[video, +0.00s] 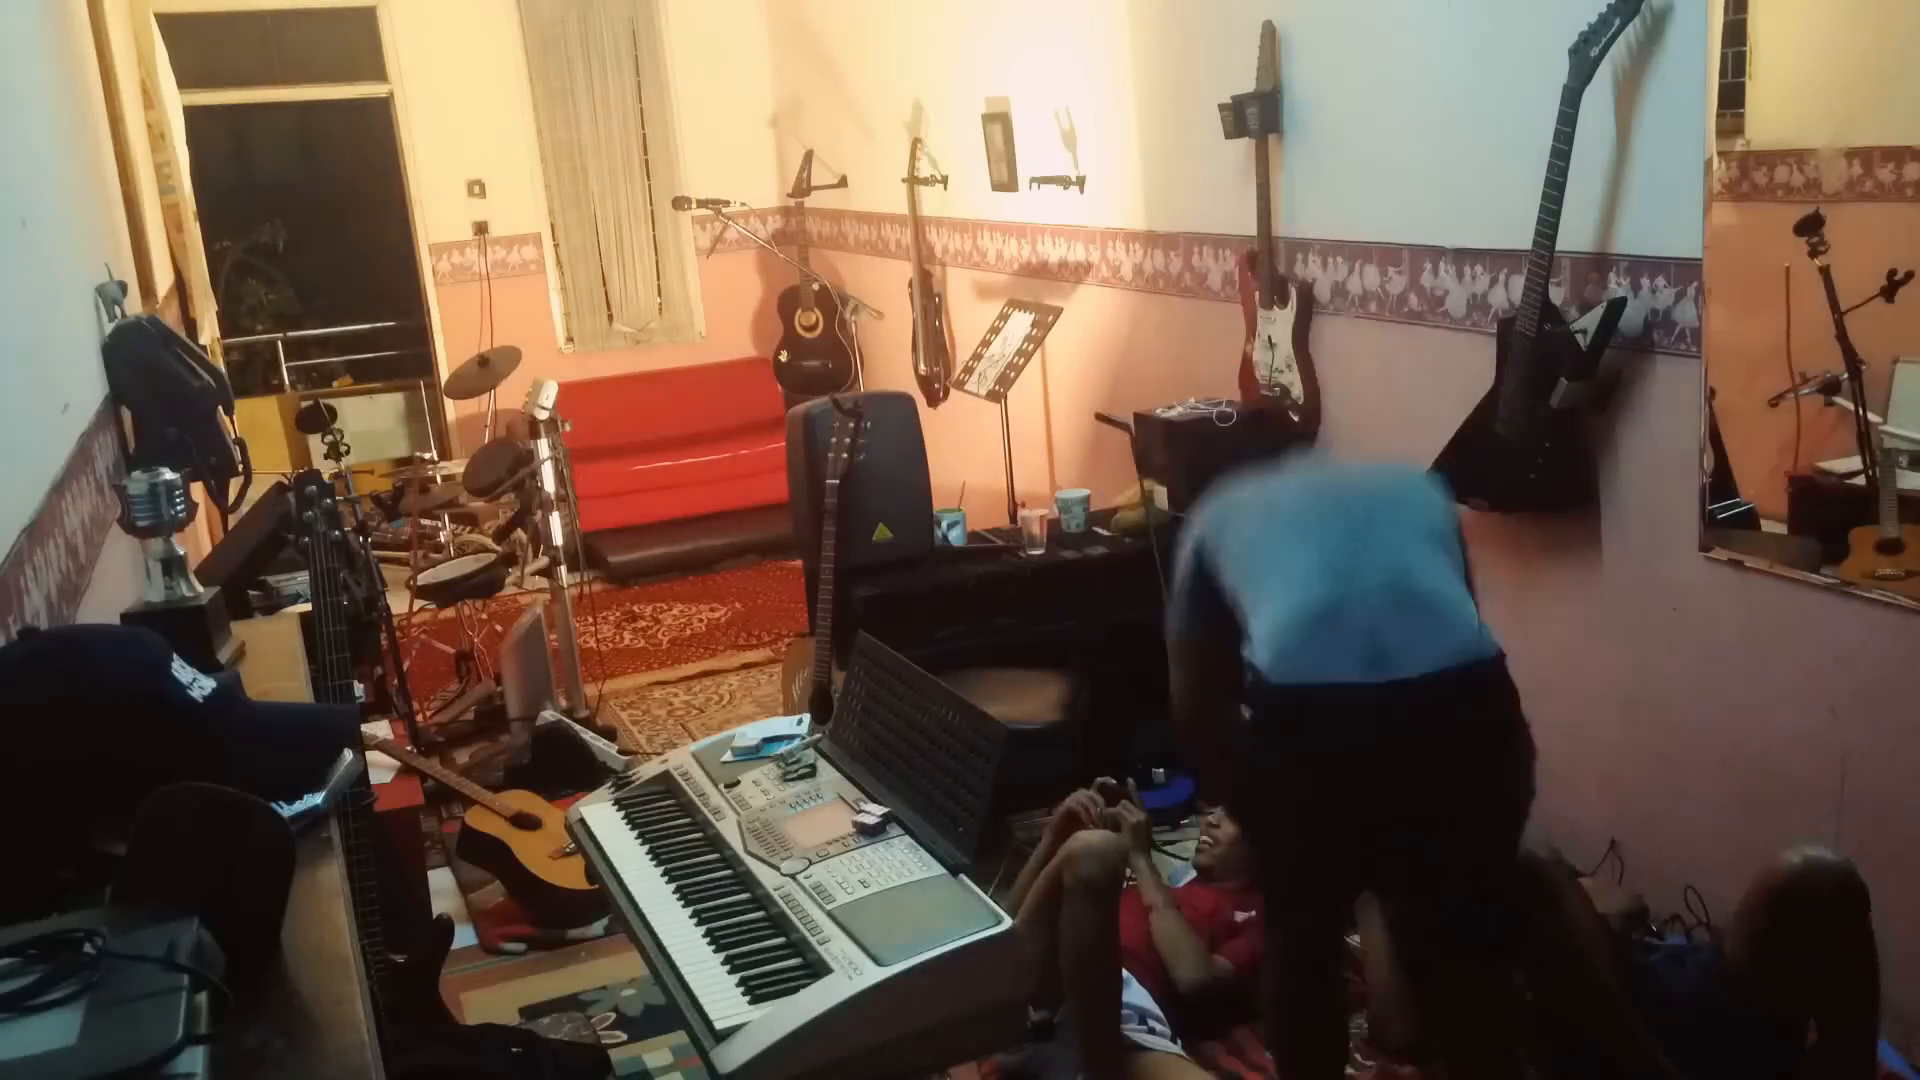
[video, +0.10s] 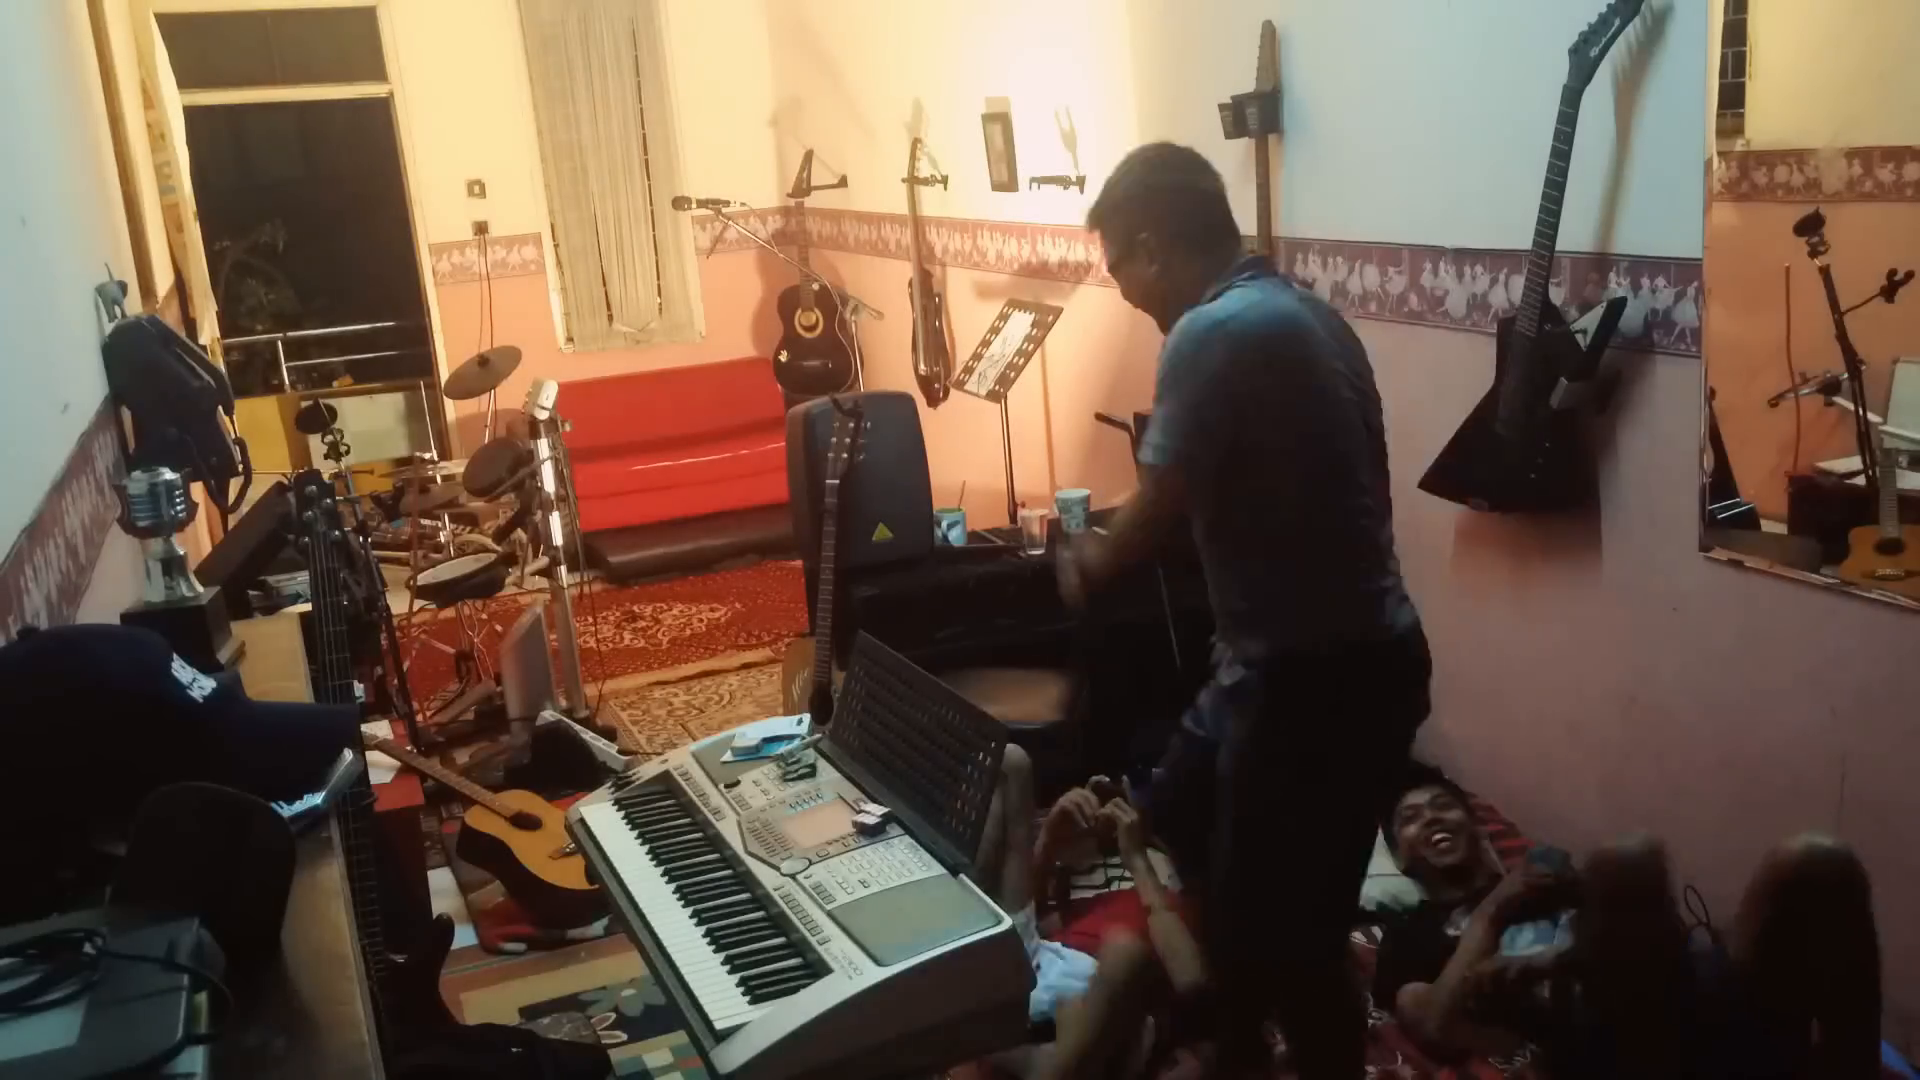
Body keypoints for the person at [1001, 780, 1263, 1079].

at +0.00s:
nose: (1208, 822)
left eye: (1227, 818)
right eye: (1209, 814)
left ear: (1257, 838)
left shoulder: (1259, 917)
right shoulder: (1174, 888)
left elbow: (1195, 979)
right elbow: (1018, 925)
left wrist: (1141, 857)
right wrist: (1053, 838)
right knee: (1092, 848)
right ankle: (1035, 1014)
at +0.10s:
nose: (1100, 811)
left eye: (1112, 802)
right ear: (1077, 809)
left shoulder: (1153, 862)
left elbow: (1190, 982)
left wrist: (1136, 857)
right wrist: (1046, 843)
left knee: (1123, 945)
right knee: (1010, 759)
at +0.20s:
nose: (1204, 812)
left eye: (1227, 806)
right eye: (1209, 805)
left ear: (1264, 841)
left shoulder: (1270, 909)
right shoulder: (1166, 892)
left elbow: (1175, 958)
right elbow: (1026, 910)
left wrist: (1116, 848)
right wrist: (1047, 824)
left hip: (1067, 982)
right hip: (1030, 938)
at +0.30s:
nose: (1206, 819)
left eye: (1229, 814)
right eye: (1212, 810)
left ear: (1267, 847)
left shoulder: (1272, 919)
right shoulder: (1166, 891)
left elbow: (1182, 962)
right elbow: (1018, 916)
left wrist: (1120, 849)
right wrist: (1042, 836)